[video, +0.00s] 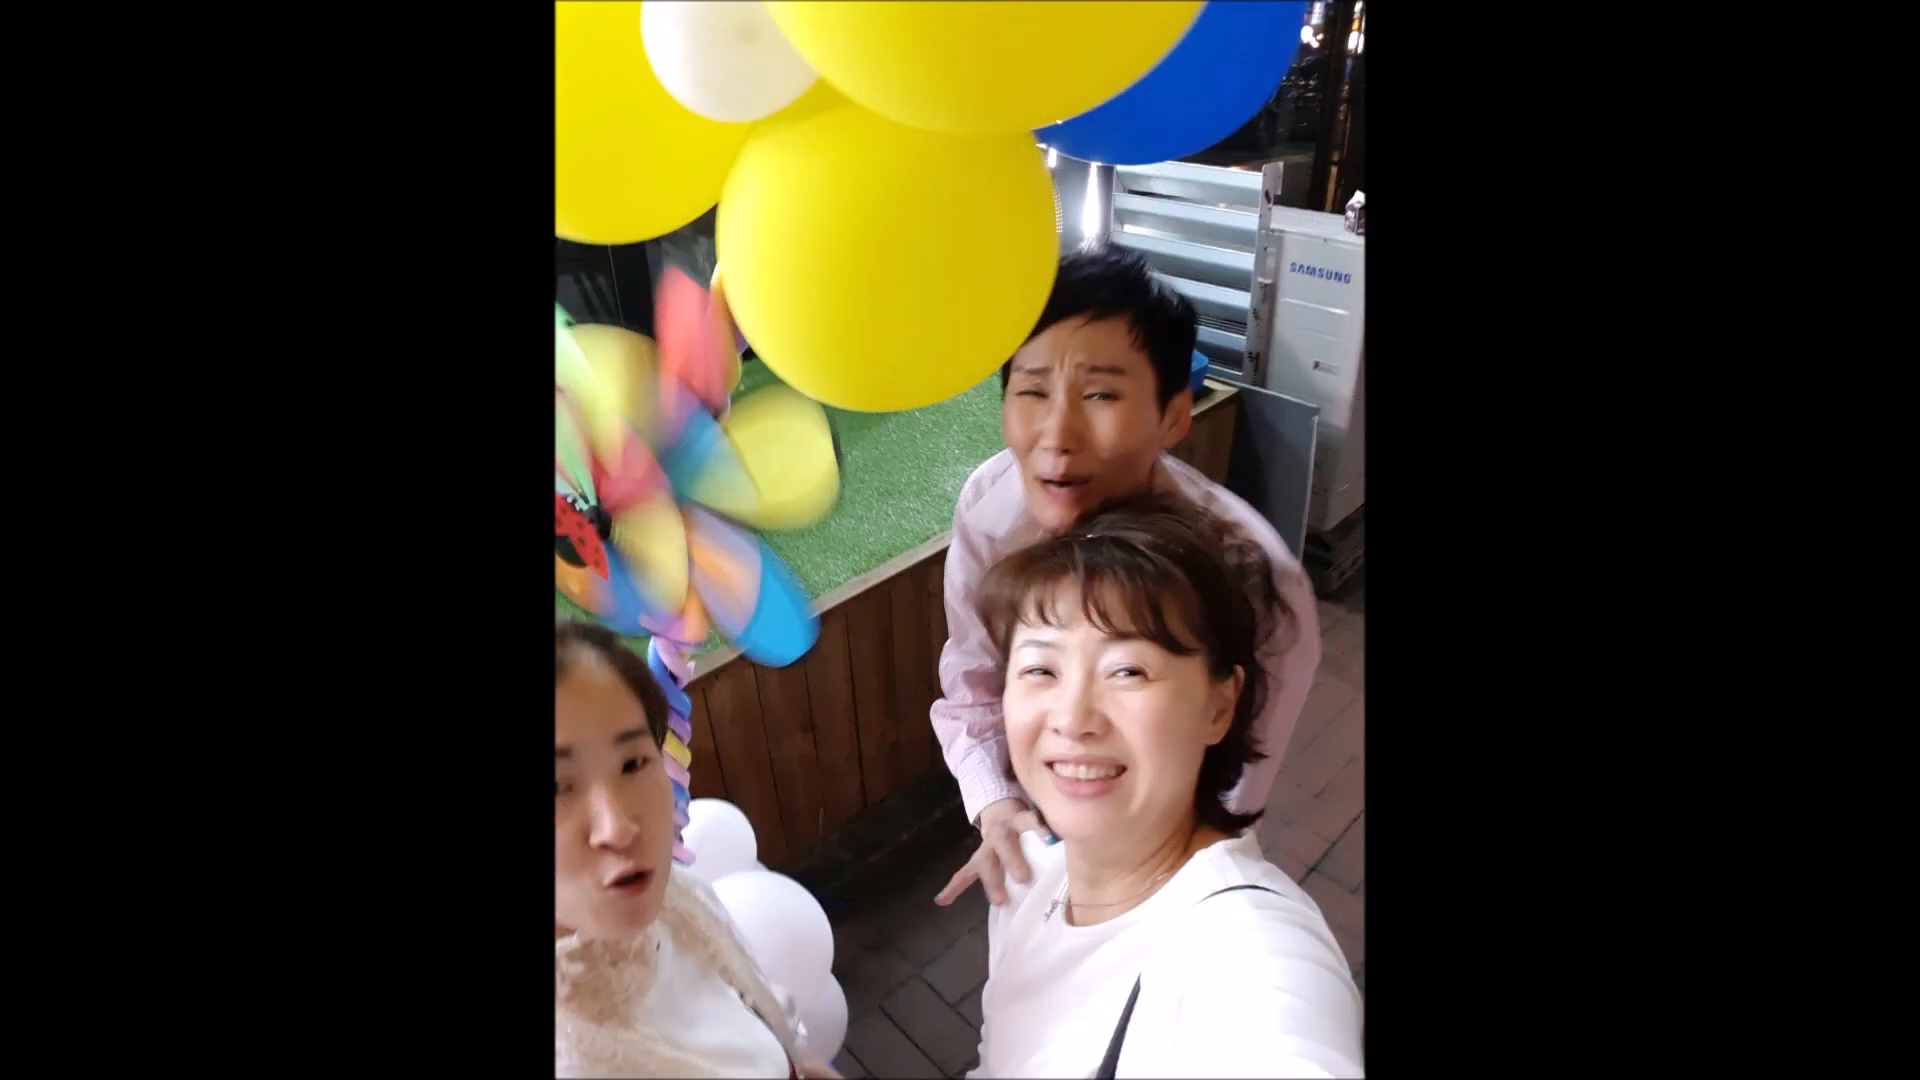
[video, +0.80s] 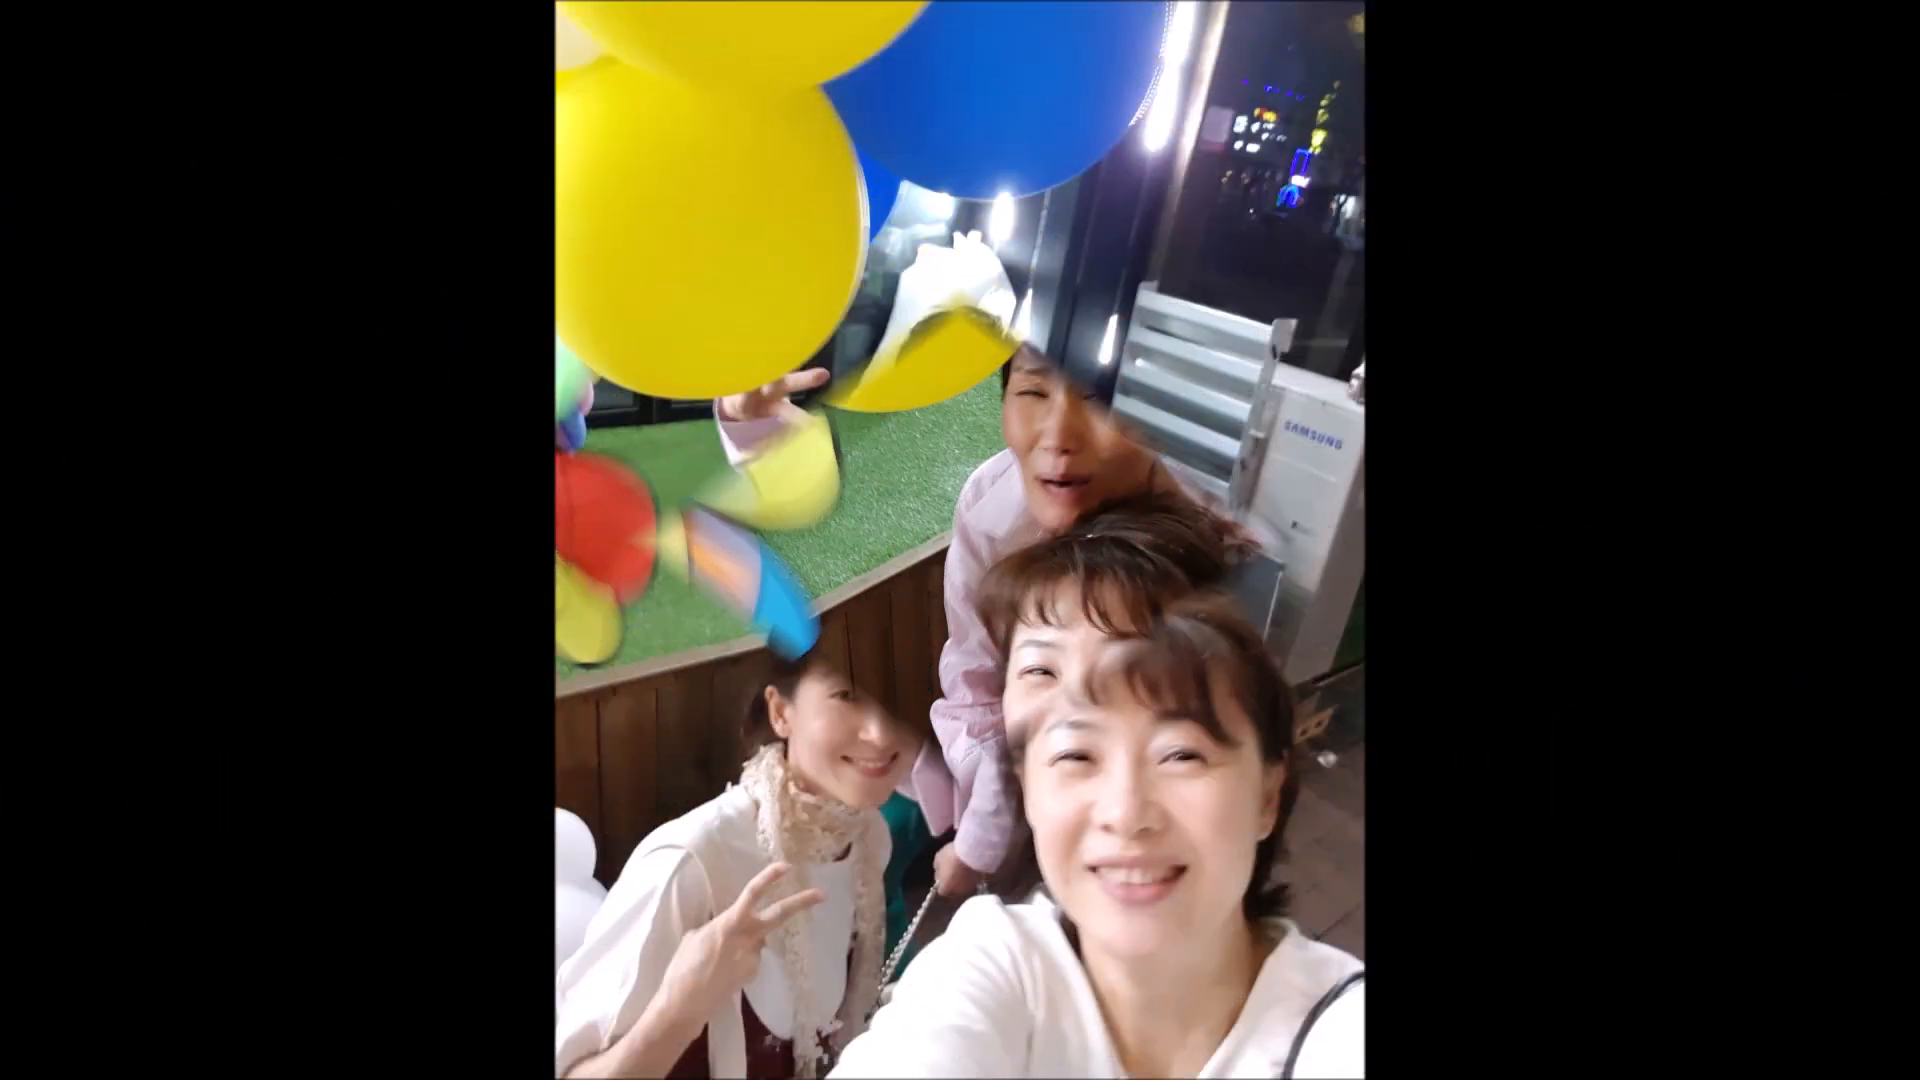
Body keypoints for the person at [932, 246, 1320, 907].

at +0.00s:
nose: (1057, 435)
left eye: (1101, 395)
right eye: (1033, 393)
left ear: (1174, 419)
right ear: (1004, 407)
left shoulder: (1253, 576)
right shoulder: (990, 504)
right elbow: (967, 677)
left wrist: (1224, 819)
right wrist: (992, 803)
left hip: (1176, 818)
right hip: (1040, 807)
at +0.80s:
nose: (1058, 439)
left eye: (1103, 400)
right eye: (1033, 392)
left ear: (1165, 418)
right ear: (1003, 402)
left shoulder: (1219, 563)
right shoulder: (989, 504)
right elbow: (971, 684)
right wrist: (983, 840)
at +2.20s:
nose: (943, 503)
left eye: (952, 496)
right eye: (935, 496)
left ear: (965, 505)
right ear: (923, 505)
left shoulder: (985, 559)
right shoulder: (904, 560)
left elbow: (1018, 618)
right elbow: (892, 611)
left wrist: (1041, 673)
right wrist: (882, 653)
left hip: (970, 690)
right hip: (919, 688)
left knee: (956, 784)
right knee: (904, 779)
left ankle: (969, 843)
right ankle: (938, 865)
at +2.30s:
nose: (946, 506)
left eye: (954, 498)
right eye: (937, 498)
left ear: (968, 506)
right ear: (926, 507)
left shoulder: (987, 560)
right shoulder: (908, 563)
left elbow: (1017, 617)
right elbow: (895, 621)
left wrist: (1033, 668)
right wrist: (881, 669)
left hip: (975, 690)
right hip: (922, 688)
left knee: (974, 787)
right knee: (906, 777)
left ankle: (975, 832)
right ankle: (938, 864)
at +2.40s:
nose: (952, 498)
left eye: (961, 491)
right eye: (944, 491)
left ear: (973, 499)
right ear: (932, 499)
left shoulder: (991, 549)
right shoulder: (915, 554)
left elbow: (1016, 606)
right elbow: (901, 620)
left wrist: (1017, 651)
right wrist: (887, 677)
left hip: (985, 679)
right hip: (933, 678)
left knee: (983, 769)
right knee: (922, 770)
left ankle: (978, 836)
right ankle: (937, 862)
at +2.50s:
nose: (956, 495)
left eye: (964, 487)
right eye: (948, 488)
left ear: (977, 494)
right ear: (937, 495)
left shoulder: (996, 544)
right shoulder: (920, 549)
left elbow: (1018, 600)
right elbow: (909, 614)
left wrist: (1008, 637)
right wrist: (900, 669)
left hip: (992, 670)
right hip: (942, 670)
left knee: (990, 758)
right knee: (935, 763)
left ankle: (983, 837)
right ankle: (943, 856)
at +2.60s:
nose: (959, 494)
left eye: (967, 486)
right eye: (950, 487)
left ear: (979, 493)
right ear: (939, 494)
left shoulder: (999, 543)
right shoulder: (923, 548)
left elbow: (1024, 597)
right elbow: (914, 606)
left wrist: (1008, 628)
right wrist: (905, 653)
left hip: (997, 665)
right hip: (948, 664)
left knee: (992, 753)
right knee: (952, 751)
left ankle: (982, 839)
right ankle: (953, 843)